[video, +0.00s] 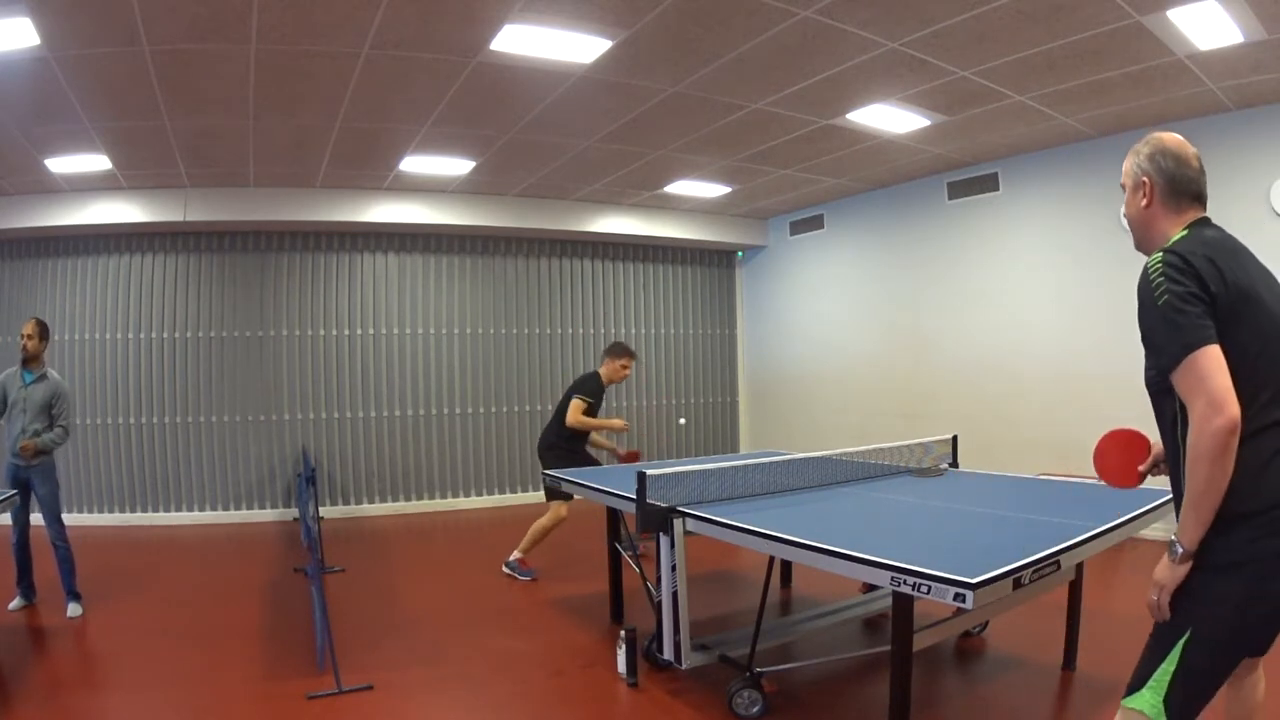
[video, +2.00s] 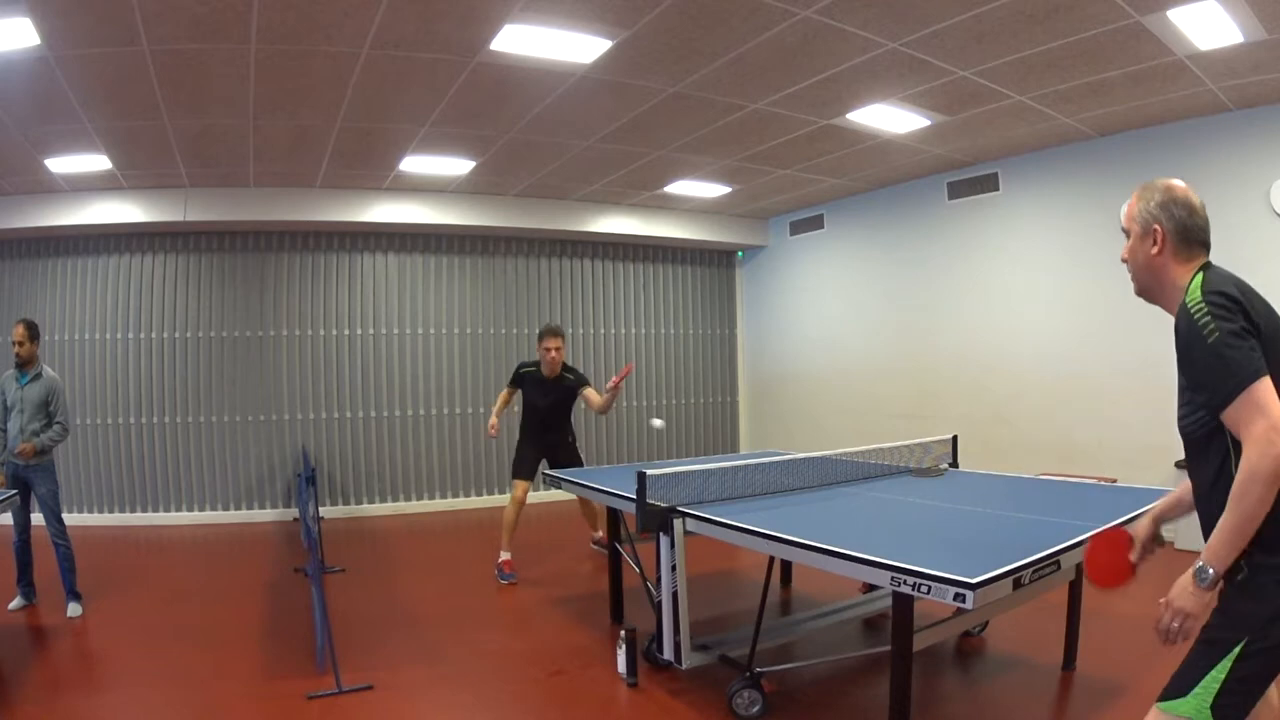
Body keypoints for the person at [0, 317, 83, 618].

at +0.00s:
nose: (23, 342)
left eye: (30, 338)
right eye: (22, 337)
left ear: (44, 344)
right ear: (20, 341)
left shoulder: (56, 386)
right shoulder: (7, 379)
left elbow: (63, 430)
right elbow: (2, 415)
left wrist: (39, 444)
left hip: (42, 466)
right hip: (12, 465)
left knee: (56, 532)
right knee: (19, 533)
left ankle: (72, 596)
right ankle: (25, 593)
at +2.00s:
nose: (15, 348)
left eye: (21, 343)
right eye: (13, 343)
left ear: (36, 344)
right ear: (12, 345)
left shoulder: (51, 382)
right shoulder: (6, 381)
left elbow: (62, 427)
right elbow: (3, 426)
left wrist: (37, 444)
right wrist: (2, 466)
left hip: (41, 466)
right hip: (11, 466)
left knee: (56, 532)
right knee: (20, 533)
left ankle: (72, 596)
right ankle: (26, 593)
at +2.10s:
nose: (16, 348)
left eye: (21, 343)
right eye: (13, 343)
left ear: (36, 344)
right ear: (11, 345)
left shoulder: (51, 382)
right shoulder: (6, 381)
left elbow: (62, 426)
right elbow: (3, 426)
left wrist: (38, 445)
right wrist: (2, 467)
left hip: (41, 466)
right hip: (12, 466)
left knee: (57, 531)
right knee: (20, 533)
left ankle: (72, 596)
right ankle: (26, 593)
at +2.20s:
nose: (17, 349)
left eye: (22, 344)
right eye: (14, 344)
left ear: (36, 345)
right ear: (12, 345)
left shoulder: (51, 381)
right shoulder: (7, 381)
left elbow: (64, 426)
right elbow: (4, 425)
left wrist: (44, 446)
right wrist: (2, 466)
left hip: (41, 465)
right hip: (12, 465)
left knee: (57, 532)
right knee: (20, 533)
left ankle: (72, 596)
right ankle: (26, 593)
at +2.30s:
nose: (20, 350)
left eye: (26, 345)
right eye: (17, 345)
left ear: (39, 346)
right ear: (14, 346)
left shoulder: (53, 382)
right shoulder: (7, 381)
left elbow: (66, 425)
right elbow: (3, 424)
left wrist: (49, 450)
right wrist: (3, 466)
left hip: (43, 464)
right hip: (14, 464)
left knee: (58, 531)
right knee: (21, 532)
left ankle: (73, 596)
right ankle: (26, 593)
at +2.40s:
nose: (23, 352)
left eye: (29, 347)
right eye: (20, 346)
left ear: (41, 347)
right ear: (16, 346)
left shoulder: (55, 384)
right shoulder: (7, 381)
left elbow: (68, 428)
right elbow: (2, 426)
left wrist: (55, 451)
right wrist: (3, 467)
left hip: (45, 465)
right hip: (15, 466)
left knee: (59, 532)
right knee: (22, 534)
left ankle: (73, 597)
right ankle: (26, 593)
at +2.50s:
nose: (28, 352)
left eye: (33, 347)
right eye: (25, 347)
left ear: (44, 347)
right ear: (20, 346)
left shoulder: (57, 385)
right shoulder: (8, 381)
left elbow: (69, 427)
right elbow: (3, 425)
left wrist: (59, 453)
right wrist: (5, 466)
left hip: (47, 465)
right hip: (17, 465)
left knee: (60, 532)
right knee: (22, 533)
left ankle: (73, 596)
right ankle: (26, 593)